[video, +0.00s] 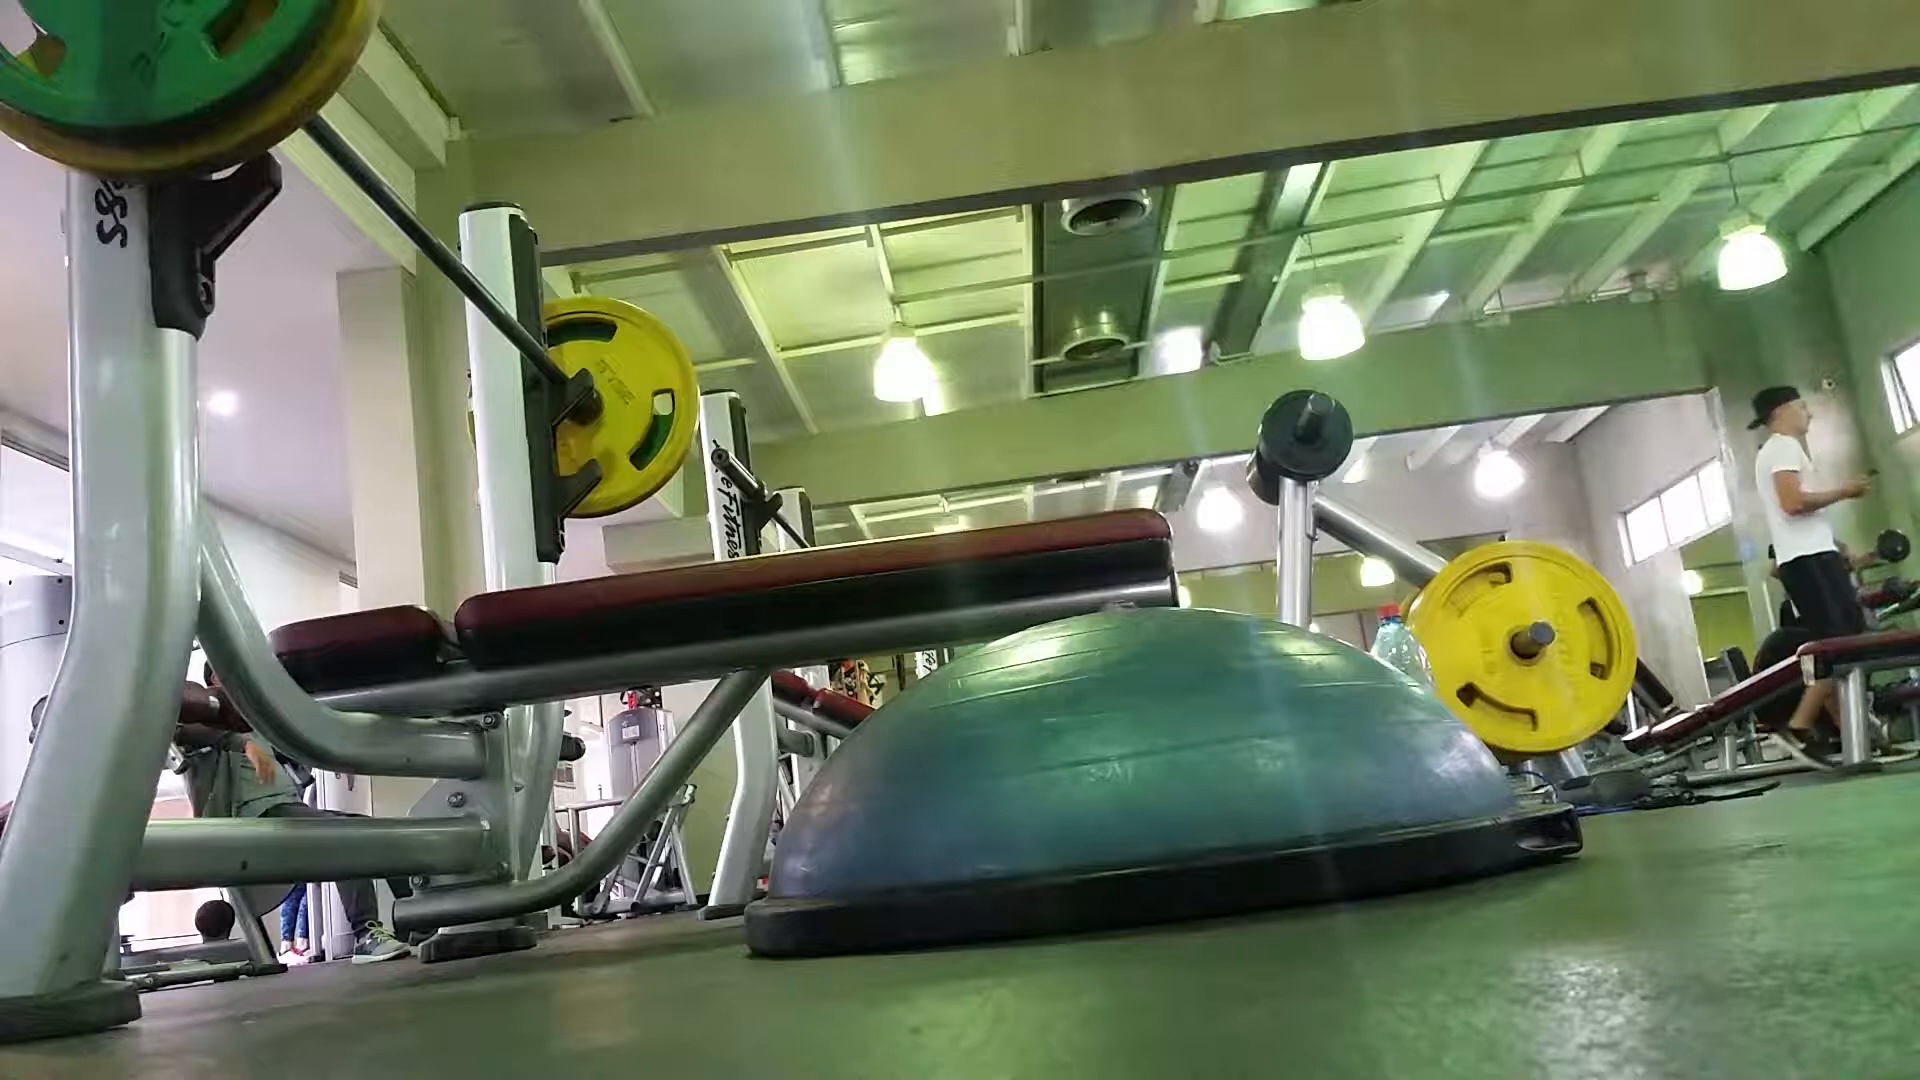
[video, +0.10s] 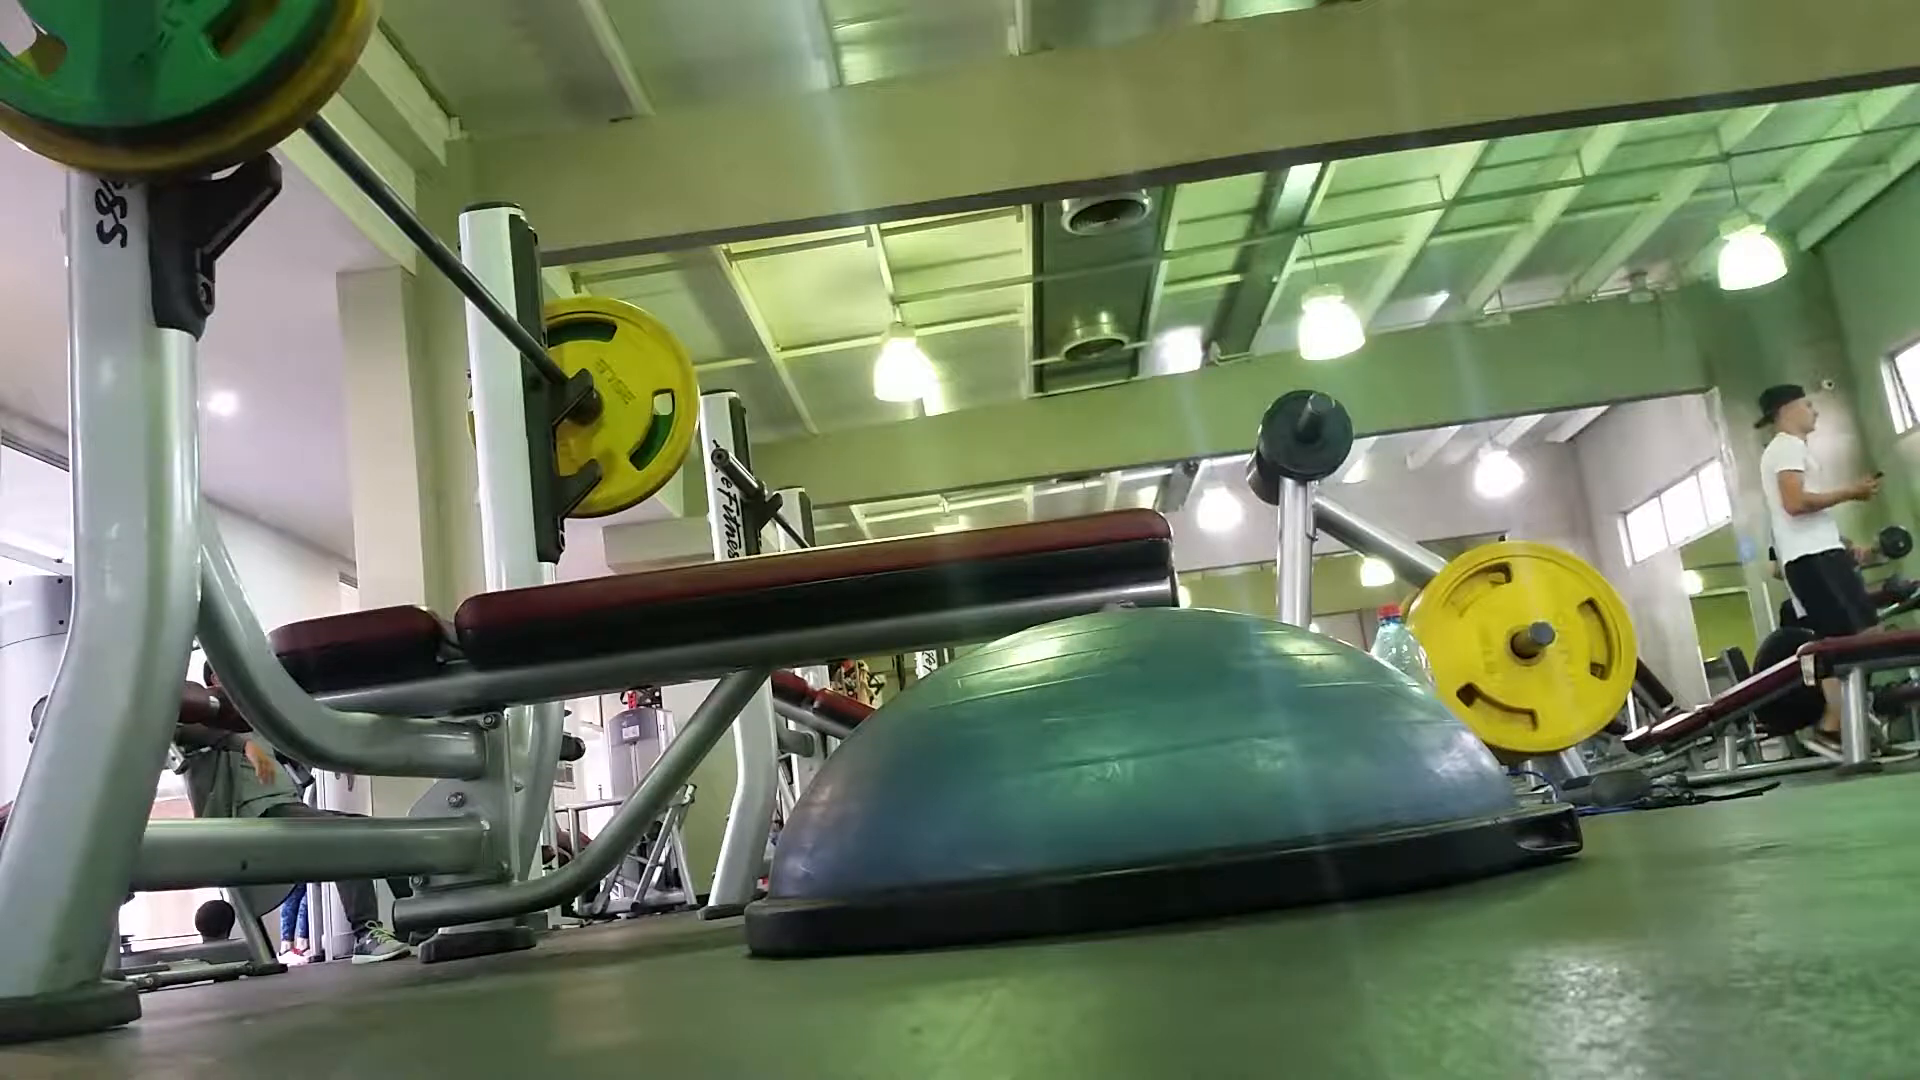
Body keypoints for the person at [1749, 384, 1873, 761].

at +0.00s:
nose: (1807, 413)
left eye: (1804, 406)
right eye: (1799, 407)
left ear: (1776, 416)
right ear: (1779, 413)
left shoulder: (1780, 450)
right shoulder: (1783, 446)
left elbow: (1796, 509)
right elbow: (1792, 502)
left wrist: (1835, 547)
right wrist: (1844, 491)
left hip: (1809, 556)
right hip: (1806, 557)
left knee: (1840, 640)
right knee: (1840, 638)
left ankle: (1853, 734)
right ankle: (1798, 726)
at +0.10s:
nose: (1813, 411)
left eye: (1810, 405)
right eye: (1805, 405)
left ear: (1784, 414)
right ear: (1785, 412)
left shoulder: (1787, 450)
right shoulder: (1786, 446)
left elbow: (1800, 514)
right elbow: (1794, 501)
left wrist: (1844, 548)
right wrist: (1850, 492)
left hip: (1813, 558)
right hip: (1811, 557)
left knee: (1842, 643)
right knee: (1856, 637)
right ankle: (1830, 729)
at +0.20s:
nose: (1820, 409)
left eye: (1817, 403)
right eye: (1812, 403)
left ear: (1791, 413)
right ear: (1791, 411)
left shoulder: (1791, 448)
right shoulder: (1791, 445)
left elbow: (1804, 508)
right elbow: (1797, 501)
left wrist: (1846, 545)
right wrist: (1853, 494)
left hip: (1815, 559)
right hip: (1819, 557)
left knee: (1835, 651)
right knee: (1873, 637)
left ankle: (1850, 738)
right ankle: (1876, 731)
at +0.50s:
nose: (1849, 405)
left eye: (1847, 399)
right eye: (1841, 399)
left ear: (1820, 408)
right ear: (1820, 406)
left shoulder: (1823, 442)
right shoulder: (1819, 442)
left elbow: (1831, 501)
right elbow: (1824, 498)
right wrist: (1877, 494)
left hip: (1843, 552)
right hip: (1843, 553)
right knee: (1891, 636)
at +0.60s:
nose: (1861, 402)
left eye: (1858, 395)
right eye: (1853, 396)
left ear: (1830, 406)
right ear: (1830, 405)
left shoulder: (1830, 440)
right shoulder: (1831, 440)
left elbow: (1842, 499)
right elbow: (1837, 497)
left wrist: (1891, 492)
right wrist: (1893, 493)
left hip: (1856, 550)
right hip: (1857, 552)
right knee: (1899, 634)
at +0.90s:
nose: (1890, 391)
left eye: (1887, 384)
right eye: (1883, 385)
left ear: (1860, 397)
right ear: (1861, 395)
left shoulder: (1862, 432)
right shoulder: (1864, 431)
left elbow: (1868, 493)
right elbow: (1871, 492)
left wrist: (1908, 500)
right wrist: (1914, 498)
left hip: (1889, 543)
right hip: (1889, 544)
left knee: (1911, 636)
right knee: (1911, 637)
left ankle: (1879, 724)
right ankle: (1877, 725)